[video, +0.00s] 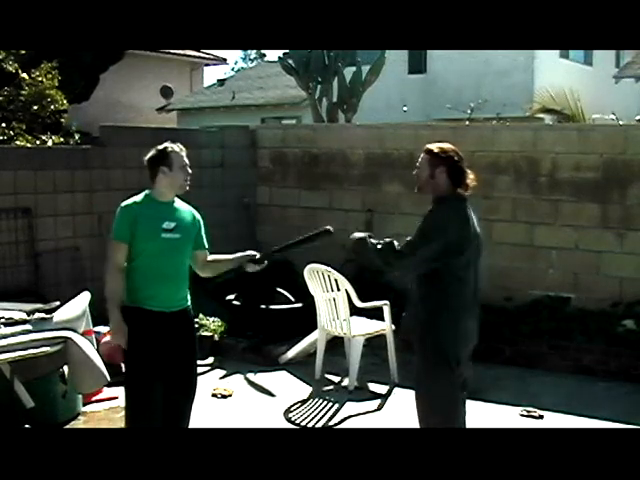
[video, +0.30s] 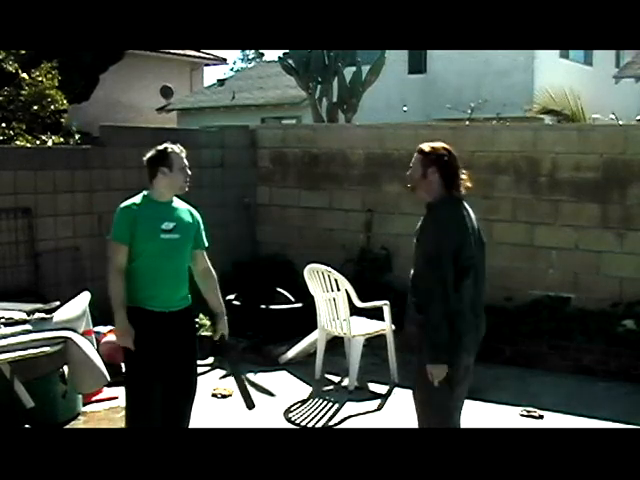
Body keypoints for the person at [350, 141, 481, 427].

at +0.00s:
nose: (415, 173)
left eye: (420, 167)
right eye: (416, 166)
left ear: (438, 173)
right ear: (441, 173)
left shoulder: (446, 215)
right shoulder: (458, 212)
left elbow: (407, 263)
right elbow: (419, 256)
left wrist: (365, 248)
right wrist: (390, 248)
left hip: (440, 332)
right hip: (452, 328)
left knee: (437, 412)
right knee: (446, 409)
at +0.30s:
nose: (408, 176)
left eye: (413, 169)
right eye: (410, 168)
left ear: (432, 174)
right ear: (434, 174)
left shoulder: (442, 220)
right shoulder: (458, 214)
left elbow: (438, 291)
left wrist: (437, 355)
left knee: (436, 421)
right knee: (442, 420)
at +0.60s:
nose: (408, 177)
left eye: (414, 170)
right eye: (410, 169)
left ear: (433, 175)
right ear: (433, 176)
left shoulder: (448, 223)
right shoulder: (443, 215)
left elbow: (453, 293)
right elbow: (444, 289)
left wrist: (446, 354)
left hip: (442, 349)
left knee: (439, 421)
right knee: (437, 419)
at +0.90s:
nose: (408, 177)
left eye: (414, 170)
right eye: (410, 169)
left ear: (433, 175)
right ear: (433, 176)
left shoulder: (443, 218)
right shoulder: (448, 212)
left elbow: (441, 283)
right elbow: (446, 278)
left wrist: (410, 327)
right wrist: (420, 286)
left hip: (447, 338)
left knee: (438, 416)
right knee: (444, 414)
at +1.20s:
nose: (410, 175)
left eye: (416, 168)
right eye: (412, 168)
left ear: (435, 175)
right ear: (436, 176)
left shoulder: (445, 217)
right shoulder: (446, 212)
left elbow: (437, 285)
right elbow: (437, 282)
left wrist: (415, 340)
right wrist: (419, 335)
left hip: (448, 332)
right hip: (449, 328)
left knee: (441, 411)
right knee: (444, 408)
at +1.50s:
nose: (410, 176)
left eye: (416, 170)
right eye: (412, 169)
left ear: (435, 176)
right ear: (435, 177)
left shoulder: (445, 220)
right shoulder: (448, 215)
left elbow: (440, 288)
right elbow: (441, 286)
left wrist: (433, 349)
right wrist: (431, 342)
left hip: (445, 342)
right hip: (450, 339)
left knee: (436, 416)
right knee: (444, 413)